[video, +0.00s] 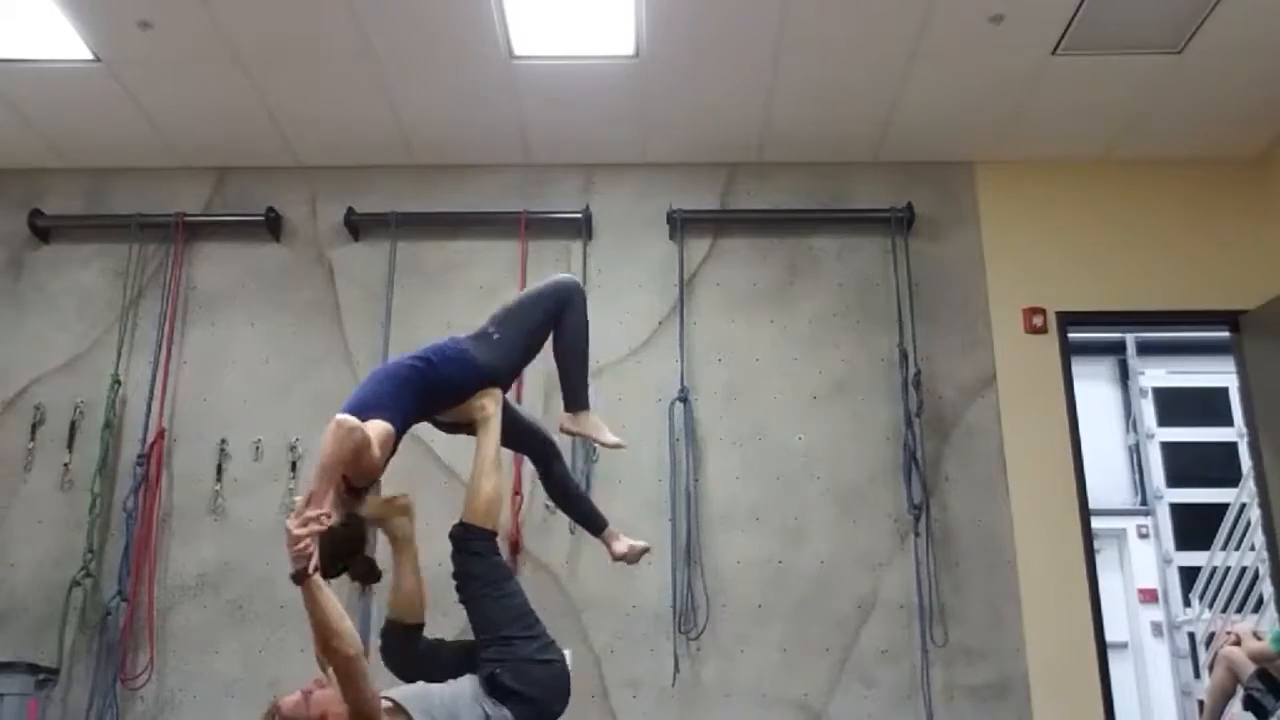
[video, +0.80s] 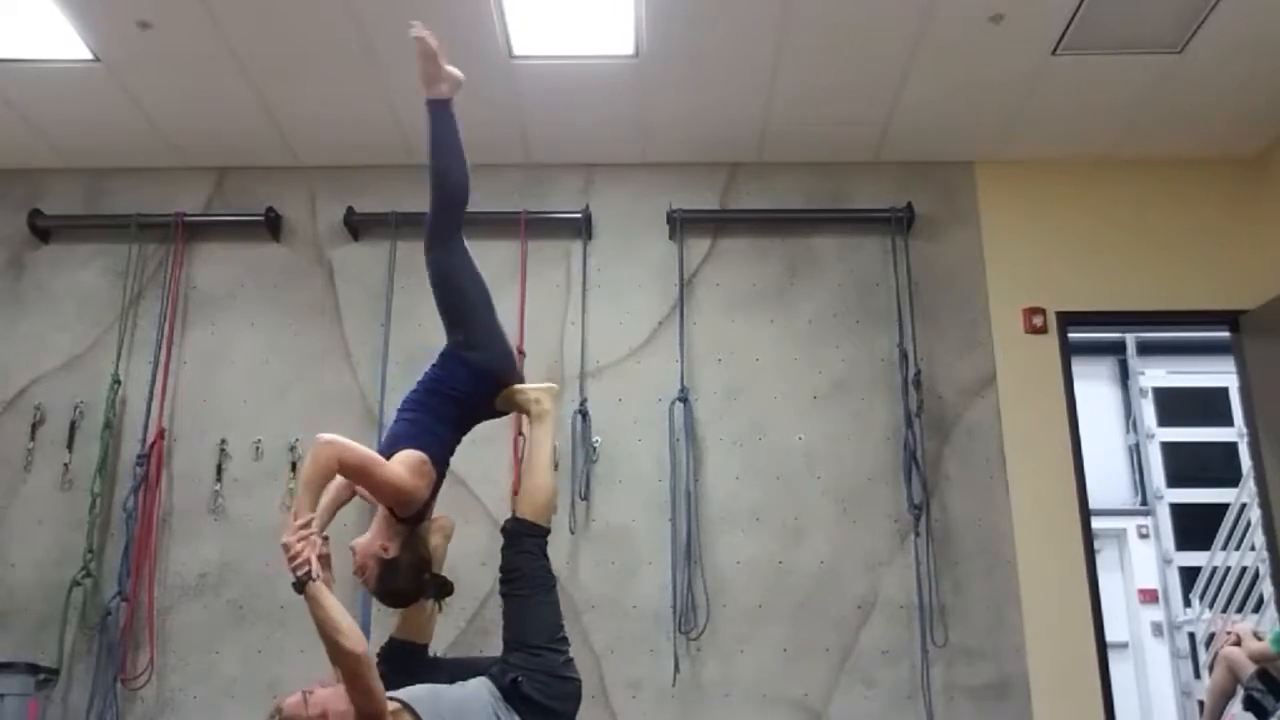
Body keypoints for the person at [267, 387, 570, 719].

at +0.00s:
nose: (316, 686)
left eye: (307, 689)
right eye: (310, 701)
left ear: (323, 691)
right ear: (324, 719)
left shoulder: (368, 705)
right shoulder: (370, 715)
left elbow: (332, 656)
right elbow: (347, 652)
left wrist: (306, 565)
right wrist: (306, 575)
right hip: (529, 691)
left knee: (401, 650)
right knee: (472, 545)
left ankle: (400, 531)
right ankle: (490, 415)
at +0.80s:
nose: (312, 693)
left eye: (305, 696)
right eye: (310, 707)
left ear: (322, 690)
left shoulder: (374, 704)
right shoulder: (379, 715)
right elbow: (351, 650)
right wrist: (311, 580)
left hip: (512, 682)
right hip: (540, 696)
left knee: (400, 664)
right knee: (524, 540)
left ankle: (434, 539)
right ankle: (540, 413)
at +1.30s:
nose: (319, 687)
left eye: (309, 692)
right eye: (313, 703)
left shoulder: (382, 703)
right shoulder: (380, 712)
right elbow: (374, 635)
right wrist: (353, 548)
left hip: (517, 688)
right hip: (547, 700)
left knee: (418, 635)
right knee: (519, 553)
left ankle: (465, 500)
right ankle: (521, 430)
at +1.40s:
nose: (320, 688)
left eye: (310, 693)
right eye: (314, 703)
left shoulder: (376, 702)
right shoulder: (381, 710)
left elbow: (370, 630)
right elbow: (377, 629)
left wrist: (350, 543)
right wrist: (356, 540)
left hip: (516, 689)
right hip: (549, 700)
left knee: (429, 628)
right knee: (522, 557)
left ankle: (468, 501)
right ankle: (528, 429)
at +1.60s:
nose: (317, 687)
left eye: (307, 691)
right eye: (310, 701)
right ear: (325, 718)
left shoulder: (378, 699)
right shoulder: (381, 709)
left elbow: (376, 634)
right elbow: (380, 633)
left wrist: (359, 561)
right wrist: (365, 556)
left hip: (515, 693)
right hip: (549, 699)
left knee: (452, 601)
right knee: (510, 558)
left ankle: (478, 474)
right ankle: (537, 438)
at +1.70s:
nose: (321, 685)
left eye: (307, 690)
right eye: (310, 700)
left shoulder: (377, 699)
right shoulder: (379, 712)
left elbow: (382, 636)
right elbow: (390, 635)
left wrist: (374, 556)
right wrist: (377, 556)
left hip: (518, 699)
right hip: (547, 706)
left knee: (477, 574)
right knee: (469, 576)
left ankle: (489, 495)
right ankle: (543, 467)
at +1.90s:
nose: (319, 687)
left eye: (307, 691)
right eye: (312, 702)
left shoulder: (385, 703)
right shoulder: (380, 712)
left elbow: (387, 640)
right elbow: (392, 639)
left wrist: (378, 554)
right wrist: (383, 556)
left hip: (520, 699)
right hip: (543, 705)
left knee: (473, 591)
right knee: (439, 598)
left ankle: (503, 477)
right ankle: (505, 480)